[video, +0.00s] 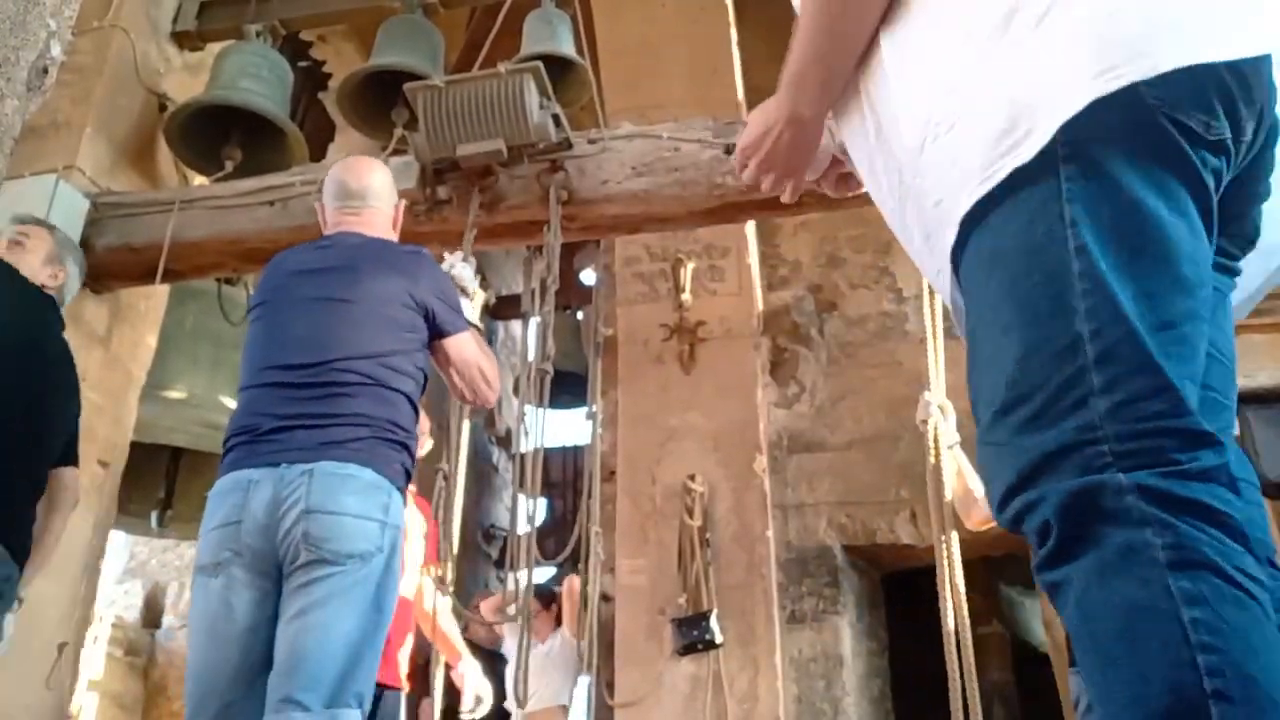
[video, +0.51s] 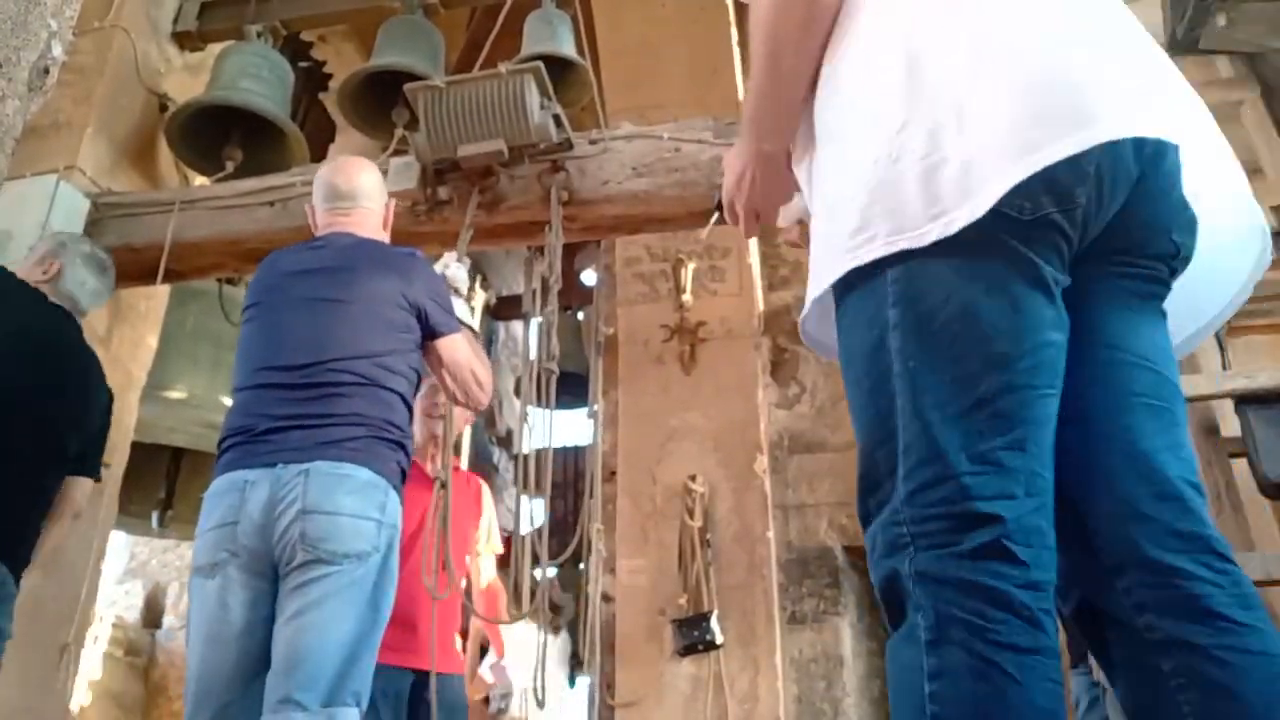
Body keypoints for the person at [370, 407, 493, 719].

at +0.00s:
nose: (413, 440)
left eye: (421, 434)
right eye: (408, 430)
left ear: (428, 442)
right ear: (387, 429)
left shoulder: (420, 512)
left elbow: (427, 593)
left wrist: (460, 660)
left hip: (389, 678)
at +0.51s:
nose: (438, 404)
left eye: (452, 397)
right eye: (430, 392)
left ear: (469, 416)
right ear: (410, 402)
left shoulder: (474, 491)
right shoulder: (388, 477)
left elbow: (485, 579)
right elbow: (360, 560)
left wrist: (496, 653)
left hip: (448, 663)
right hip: (384, 658)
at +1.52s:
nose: (413, 375)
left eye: (425, 367)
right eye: (410, 363)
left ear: (438, 382)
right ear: (385, 371)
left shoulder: (445, 462)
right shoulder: (346, 448)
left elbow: (464, 557)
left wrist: (480, 638)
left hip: (417, 649)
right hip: (342, 642)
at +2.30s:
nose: (419, 390)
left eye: (429, 382)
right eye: (412, 381)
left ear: (449, 390)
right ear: (397, 386)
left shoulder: (477, 459)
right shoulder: (377, 449)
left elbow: (497, 551)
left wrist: (488, 630)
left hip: (435, 645)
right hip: (363, 638)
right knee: (347, 713)